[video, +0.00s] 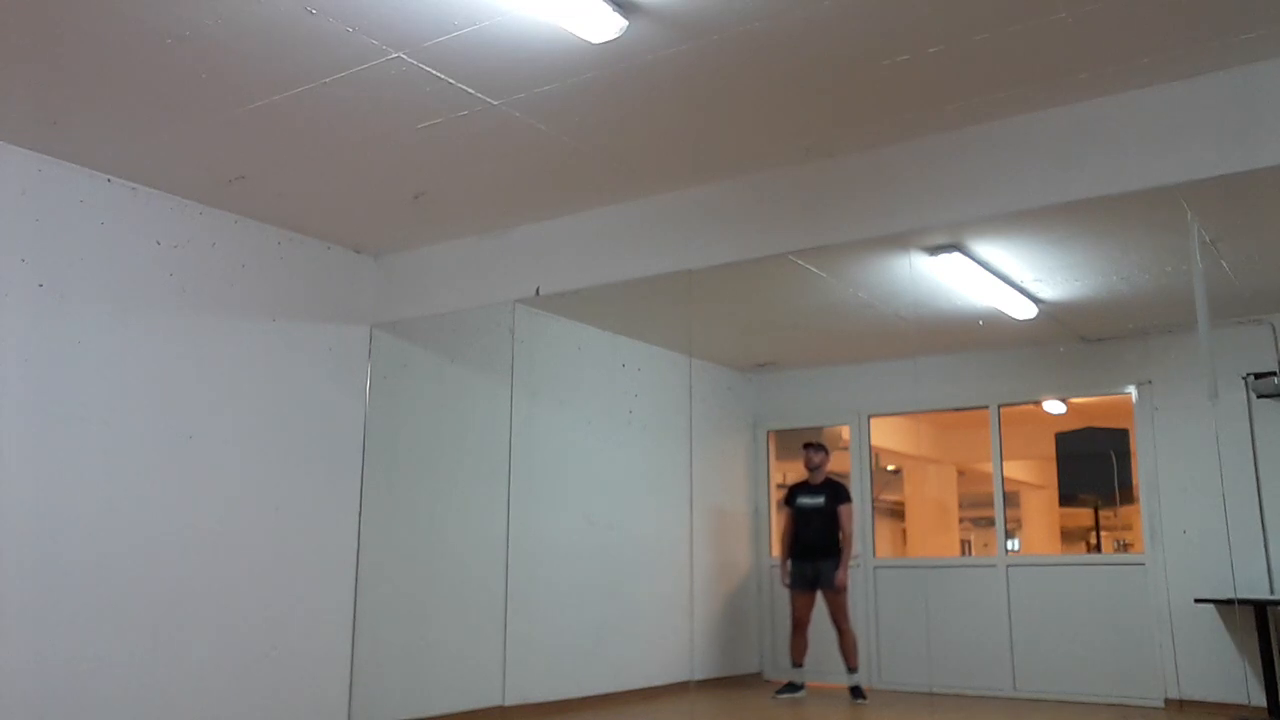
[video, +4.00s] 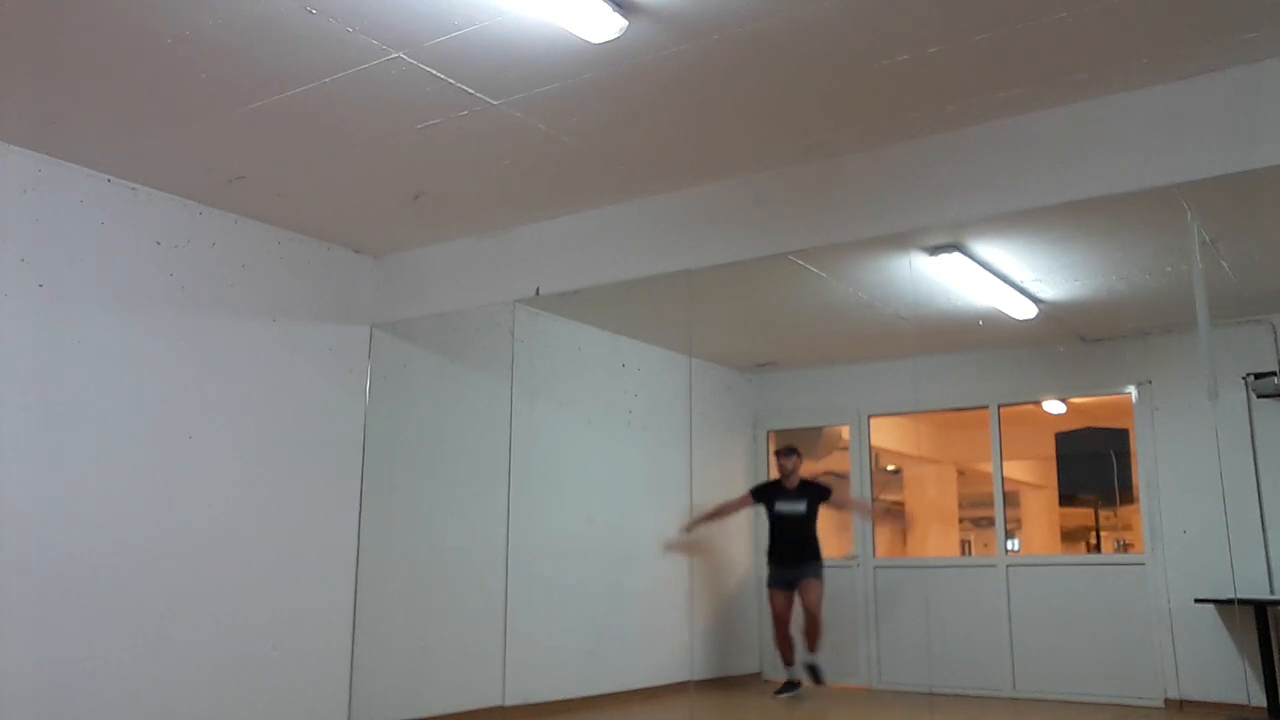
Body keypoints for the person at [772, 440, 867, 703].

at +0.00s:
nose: (811, 458)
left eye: (817, 454)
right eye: (808, 454)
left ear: (827, 459)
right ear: (804, 459)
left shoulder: (838, 490)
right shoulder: (794, 491)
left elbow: (846, 532)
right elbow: (788, 528)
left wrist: (843, 567)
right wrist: (784, 562)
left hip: (830, 564)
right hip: (801, 564)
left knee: (842, 623)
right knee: (799, 623)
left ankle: (854, 681)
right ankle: (797, 680)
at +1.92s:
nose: (810, 461)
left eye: (815, 456)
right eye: (806, 457)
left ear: (825, 459)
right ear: (803, 461)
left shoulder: (839, 490)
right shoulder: (796, 491)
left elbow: (847, 531)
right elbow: (788, 528)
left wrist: (844, 566)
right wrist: (786, 562)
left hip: (831, 564)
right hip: (802, 565)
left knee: (842, 623)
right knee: (799, 624)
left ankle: (854, 682)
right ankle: (796, 680)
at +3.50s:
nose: (809, 459)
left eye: (814, 454)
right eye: (805, 455)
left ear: (824, 458)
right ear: (802, 460)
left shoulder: (837, 488)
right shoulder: (795, 491)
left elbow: (840, 527)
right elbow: (788, 528)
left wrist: (816, 553)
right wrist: (785, 562)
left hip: (830, 561)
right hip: (802, 562)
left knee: (842, 623)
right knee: (799, 623)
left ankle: (855, 683)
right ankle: (796, 679)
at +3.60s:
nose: (808, 459)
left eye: (813, 454)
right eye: (805, 455)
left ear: (824, 458)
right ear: (801, 460)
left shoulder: (835, 487)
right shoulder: (794, 491)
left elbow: (827, 520)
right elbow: (787, 528)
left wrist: (788, 529)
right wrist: (782, 562)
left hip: (829, 563)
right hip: (801, 564)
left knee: (841, 624)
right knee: (795, 622)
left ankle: (854, 683)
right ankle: (796, 679)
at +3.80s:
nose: (795, 465)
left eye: (800, 460)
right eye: (791, 460)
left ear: (811, 463)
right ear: (788, 465)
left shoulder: (820, 493)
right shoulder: (783, 493)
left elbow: (811, 532)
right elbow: (766, 526)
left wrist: (789, 556)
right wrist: (751, 558)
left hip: (818, 566)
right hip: (791, 566)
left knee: (829, 624)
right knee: (781, 623)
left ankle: (853, 682)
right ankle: (795, 680)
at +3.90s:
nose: (783, 473)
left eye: (787, 469)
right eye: (780, 470)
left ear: (799, 470)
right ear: (777, 472)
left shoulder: (812, 500)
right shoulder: (770, 500)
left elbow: (833, 534)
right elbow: (741, 525)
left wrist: (853, 564)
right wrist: (714, 549)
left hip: (813, 571)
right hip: (785, 571)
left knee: (820, 623)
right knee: (776, 625)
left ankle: (845, 678)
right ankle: (794, 681)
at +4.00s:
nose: (784, 464)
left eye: (789, 460)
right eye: (780, 460)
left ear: (799, 461)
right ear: (777, 463)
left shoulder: (814, 490)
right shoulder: (767, 491)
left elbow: (846, 503)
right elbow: (732, 506)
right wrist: (698, 521)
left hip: (808, 561)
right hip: (779, 562)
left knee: (812, 609)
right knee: (780, 619)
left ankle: (812, 660)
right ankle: (792, 677)